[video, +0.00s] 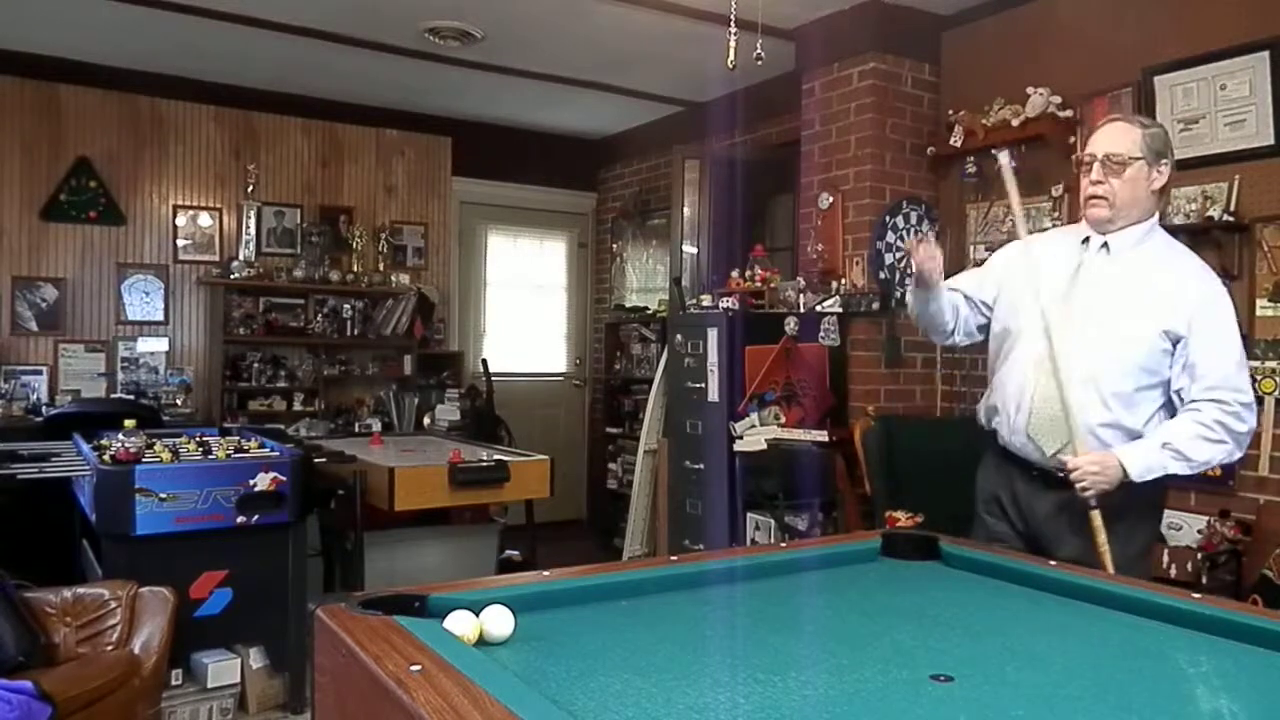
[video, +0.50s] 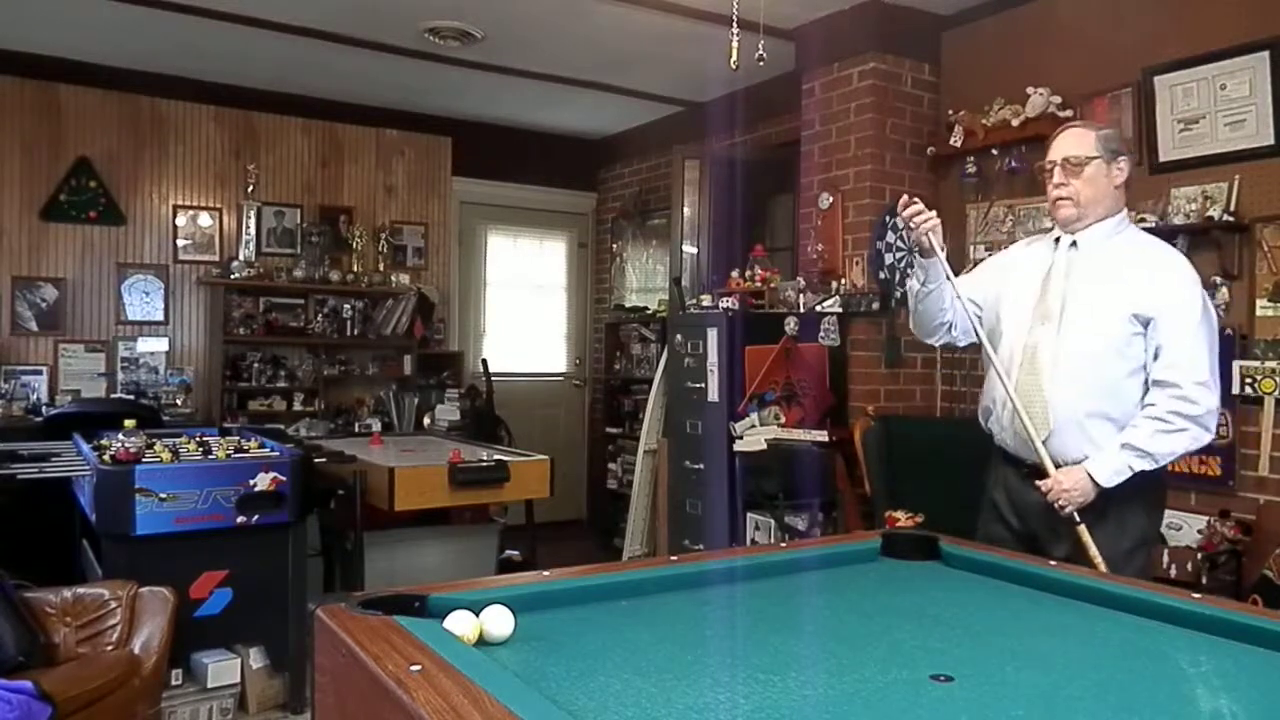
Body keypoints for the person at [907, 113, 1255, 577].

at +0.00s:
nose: (1093, 178)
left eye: (1114, 164)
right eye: (1088, 164)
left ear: (1157, 175)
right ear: (1077, 170)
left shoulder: (1191, 286)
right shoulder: (1027, 257)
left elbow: (1226, 415)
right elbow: (950, 321)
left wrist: (1125, 464)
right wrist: (928, 288)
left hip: (1111, 510)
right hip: (1006, 486)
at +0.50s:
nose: (1057, 181)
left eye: (1074, 166)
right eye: (1050, 170)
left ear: (1118, 173)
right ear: (1043, 181)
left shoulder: (1163, 271)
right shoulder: (1019, 261)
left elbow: (1188, 406)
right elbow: (938, 325)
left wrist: (1096, 473)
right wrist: (929, 257)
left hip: (1109, 503)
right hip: (1010, 488)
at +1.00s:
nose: (1005, 191)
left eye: (1019, 174)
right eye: (997, 182)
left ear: (1062, 174)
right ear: (991, 192)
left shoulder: (1121, 264)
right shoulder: (977, 269)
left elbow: (1157, 391)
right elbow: (915, 343)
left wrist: (1084, 472)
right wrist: (902, 279)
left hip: (1098, 494)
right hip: (994, 487)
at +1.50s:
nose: (1043, 193)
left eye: (1060, 179)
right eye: (1028, 180)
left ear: (1087, 184)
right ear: (1010, 189)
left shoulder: (1133, 273)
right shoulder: (971, 275)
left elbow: (1183, 387)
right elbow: (918, 359)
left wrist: (1124, 458)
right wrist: (906, 328)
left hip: (1099, 499)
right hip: (995, 494)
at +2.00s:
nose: (1181, 217)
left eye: (1203, 204)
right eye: (1170, 195)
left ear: (1224, 209)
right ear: (1138, 185)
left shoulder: (1251, 299)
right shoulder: (1065, 268)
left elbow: (1271, 407)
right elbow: (1007, 380)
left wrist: (1236, 452)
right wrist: (1037, 472)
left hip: (1174, 527)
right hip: (1060, 515)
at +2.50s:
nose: (1262, 258)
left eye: (1277, 244)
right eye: (1248, 235)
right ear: (1208, 211)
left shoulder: (1273, 296)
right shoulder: (1126, 288)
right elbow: (1110, 430)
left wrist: (1266, 459)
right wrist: (1172, 540)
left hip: (1206, 522)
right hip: (1095, 510)